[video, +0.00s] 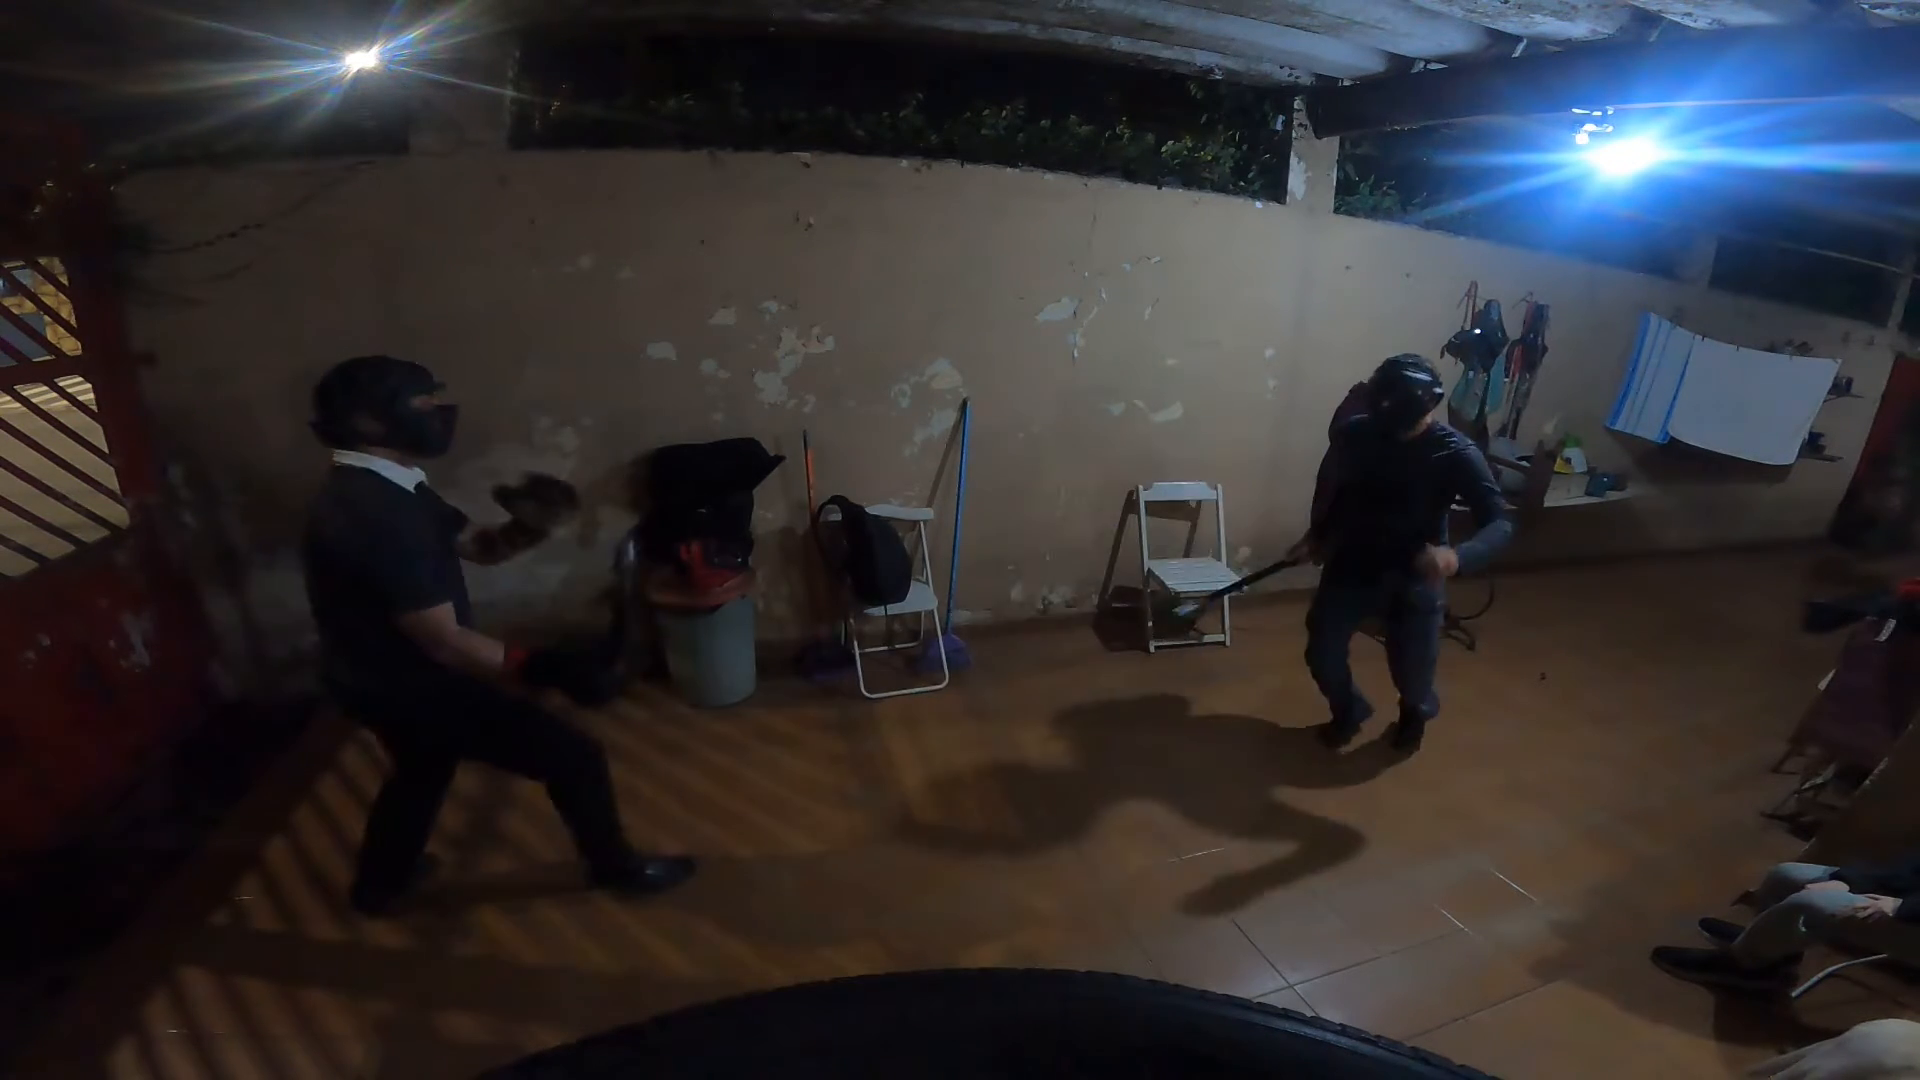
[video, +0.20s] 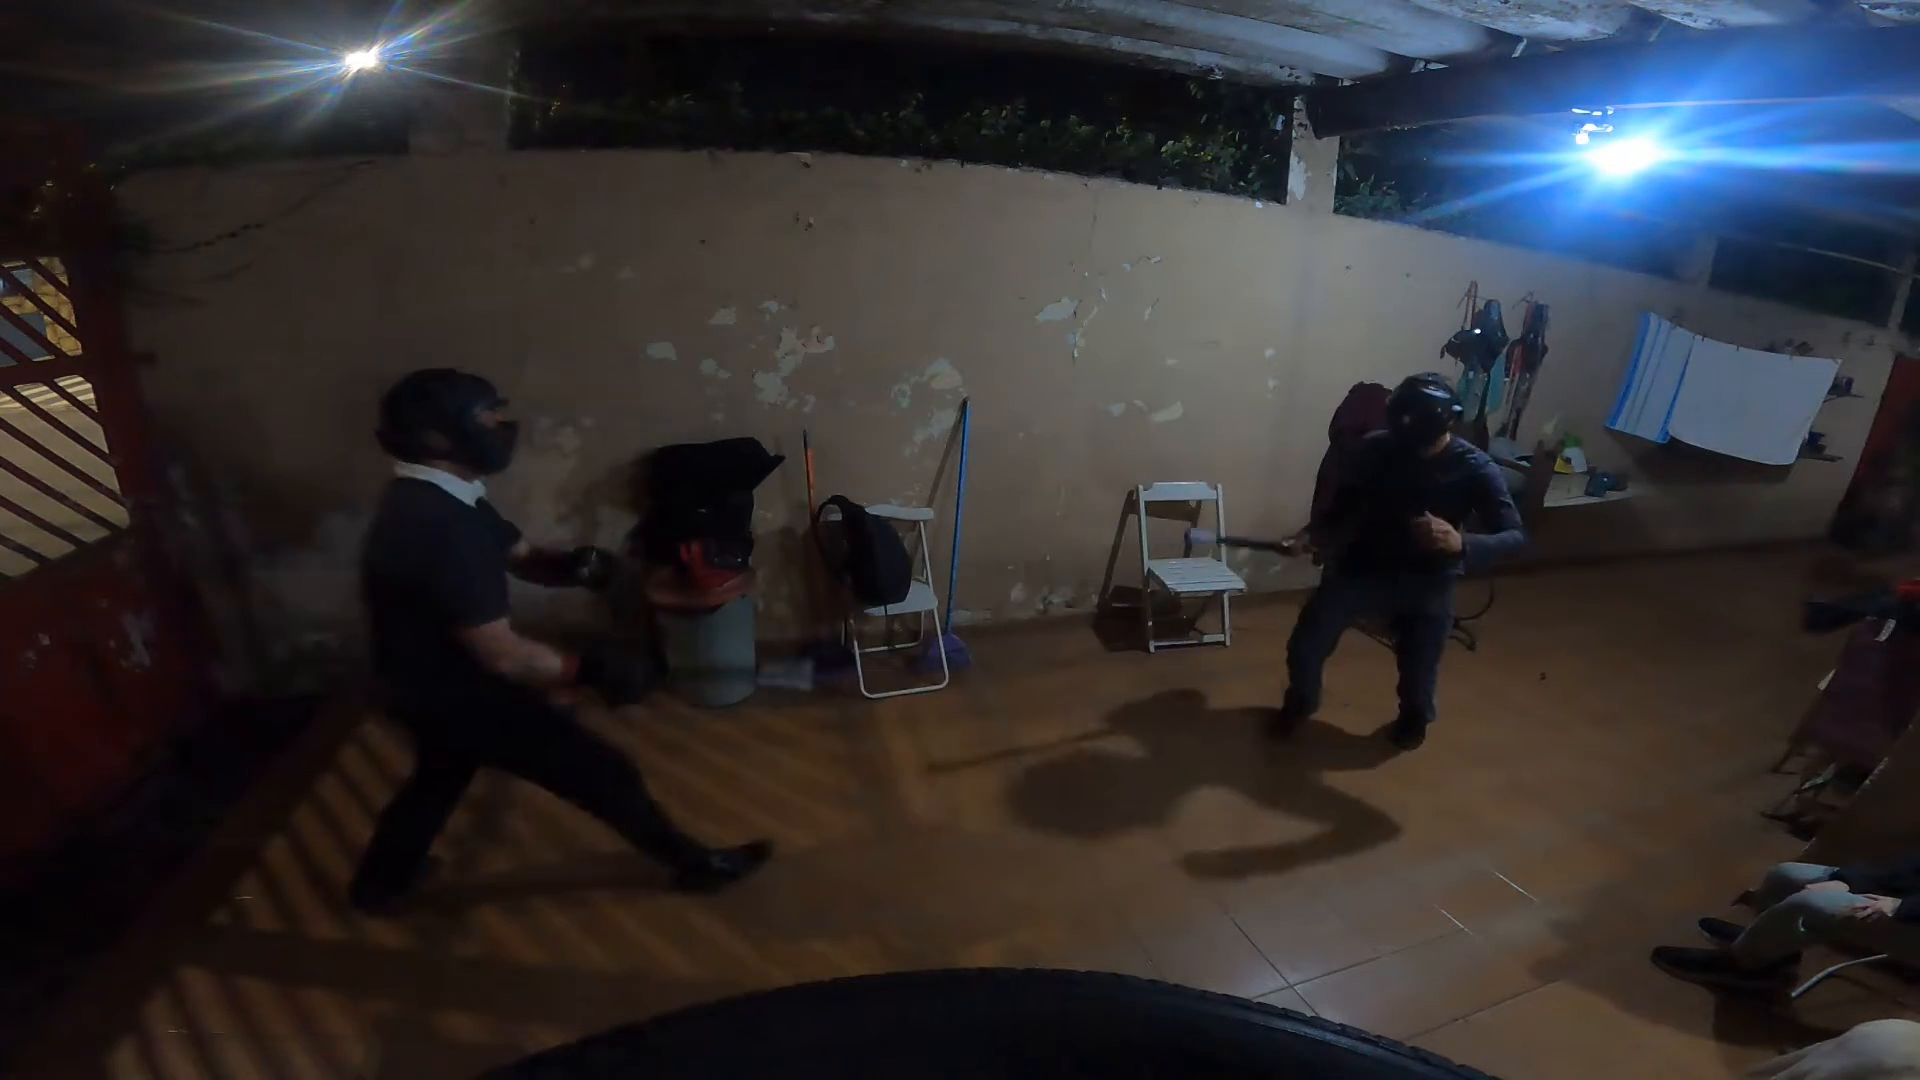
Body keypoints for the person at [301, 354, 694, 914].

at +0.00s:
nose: (444, 407)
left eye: (437, 396)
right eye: (425, 399)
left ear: (373, 425)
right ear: (378, 421)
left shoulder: (374, 486)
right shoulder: (391, 511)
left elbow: (480, 549)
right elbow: (440, 639)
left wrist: (531, 525)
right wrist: (530, 666)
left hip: (376, 683)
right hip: (416, 692)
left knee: (425, 765)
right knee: (572, 755)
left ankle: (381, 880)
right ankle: (615, 865)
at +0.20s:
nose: (505, 422)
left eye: (498, 410)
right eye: (487, 414)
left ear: (437, 438)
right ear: (441, 436)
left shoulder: (436, 498)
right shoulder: (445, 522)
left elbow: (521, 557)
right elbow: (495, 648)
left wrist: (583, 567)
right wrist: (580, 669)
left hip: (425, 686)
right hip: (458, 697)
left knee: (438, 781)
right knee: (602, 773)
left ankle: (378, 883)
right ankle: (692, 863)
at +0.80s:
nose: (718, 439)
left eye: (713, 427)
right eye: (704, 430)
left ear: (655, 451)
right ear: (667, 450)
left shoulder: (610, 508)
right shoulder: (672, 529)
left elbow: (627, 607)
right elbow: (660, 659)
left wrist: (717, 593)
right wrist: (731, 710)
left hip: (588, 693)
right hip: (642, 701)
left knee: (628, 736)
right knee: (774, 753)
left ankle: (573, 850)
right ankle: (824, 868)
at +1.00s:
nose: (656, 441)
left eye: (652, 429)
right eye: (642, 431)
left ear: (587, 449)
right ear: (599, 447)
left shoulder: (553, 509)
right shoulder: (596, 525)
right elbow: (596, 653)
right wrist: (706, 659)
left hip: (574, 690)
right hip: (616, 696)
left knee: (573, 747)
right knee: (746, 759)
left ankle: (489, 818)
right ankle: (819, 864)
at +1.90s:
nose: (490, 418)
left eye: (487, 406)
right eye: (474, 410)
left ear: (427, 428)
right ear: (432, 426)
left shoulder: (429, 482)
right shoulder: (423, 502)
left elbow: (476, 553)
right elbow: (490, 613)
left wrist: (541, 537)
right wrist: (570, 614)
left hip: (430, 646)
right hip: (390, 669)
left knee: (516, 705)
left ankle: (510, 800)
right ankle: (346, 814)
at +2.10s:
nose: (562, 441)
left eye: (556, 428)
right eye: (545, 432)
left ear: (494, 452)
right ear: (501, 451)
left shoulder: (470, 503)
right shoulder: (495, 526)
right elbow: (570, 624)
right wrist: (635, 633)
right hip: (433, 683)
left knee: (546, 724)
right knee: (574, 754)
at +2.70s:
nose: (414, 440)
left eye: (420, 428)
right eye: (398, 428)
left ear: (429, 434)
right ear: (354, 436)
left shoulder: (431, 504)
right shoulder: (302, 507)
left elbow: (491, 558)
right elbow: (264, 592)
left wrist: (543, 575)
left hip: (398, 671)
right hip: (323, 676)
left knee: (407, 752)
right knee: (463, 775)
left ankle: (330, 819)